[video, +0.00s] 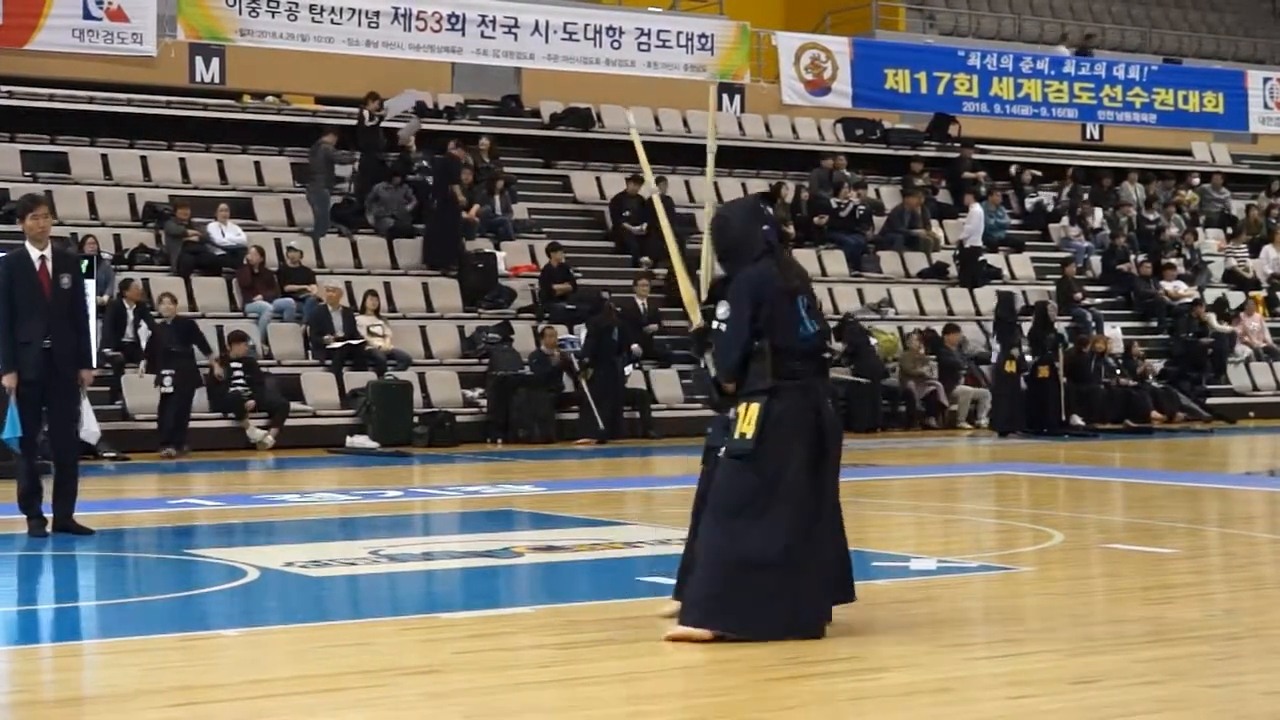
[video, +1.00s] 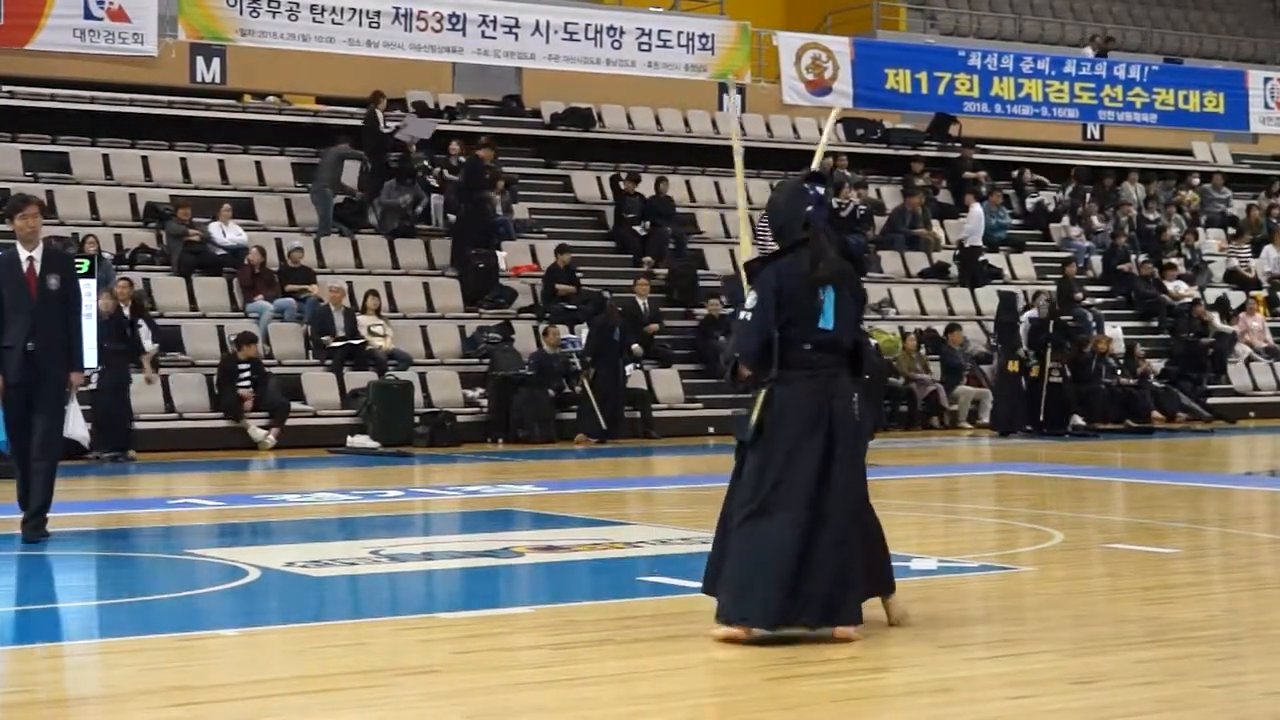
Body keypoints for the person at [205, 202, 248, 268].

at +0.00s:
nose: (224, 214)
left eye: (226, 211)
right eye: (221, 211)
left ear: (229, 213)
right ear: (216, 214)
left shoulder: (234, 227)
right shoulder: (212, 226)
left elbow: (244, 241)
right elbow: (219, 242)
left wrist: (227, 239)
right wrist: (239, 244)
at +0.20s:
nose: (224, 214)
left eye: (226, 211)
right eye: (221, 211)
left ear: (229, 213)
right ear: (216, 214)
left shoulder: (234, 226)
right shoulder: (212, 226)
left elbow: (244, 240)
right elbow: (219, 242)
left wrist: (227, 239)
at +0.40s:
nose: (224, 214)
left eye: (227, 211)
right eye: (221, 211)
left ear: (230, 213)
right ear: (216, 214)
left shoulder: (234, 226)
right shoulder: (212, 226)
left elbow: (244, 240)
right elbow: (219, 242)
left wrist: (227, 239)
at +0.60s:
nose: (227, 213)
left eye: (228, 211)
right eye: (224, 211)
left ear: (231, 213)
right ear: (218, 213)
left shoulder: (234, 226)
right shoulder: (212, 226)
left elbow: (244, 240)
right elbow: (219, 242)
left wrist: (228, 239)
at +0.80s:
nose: (227, 214)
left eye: (229, 211)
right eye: (224, 211)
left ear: (231, 213)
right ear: (219, 213)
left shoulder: (234, 226)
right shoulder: (213, 226)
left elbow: (244, 240)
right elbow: (219, 242)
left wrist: (228, 239)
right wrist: (239, 244)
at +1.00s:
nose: (227, 213)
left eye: (229, 211)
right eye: (225, 211)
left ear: (231, 213)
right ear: (219, 213)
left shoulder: (235, 226)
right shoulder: (213, 226)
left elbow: (245, 240)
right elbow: (220, 241)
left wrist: (228, 239)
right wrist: (239, 244)